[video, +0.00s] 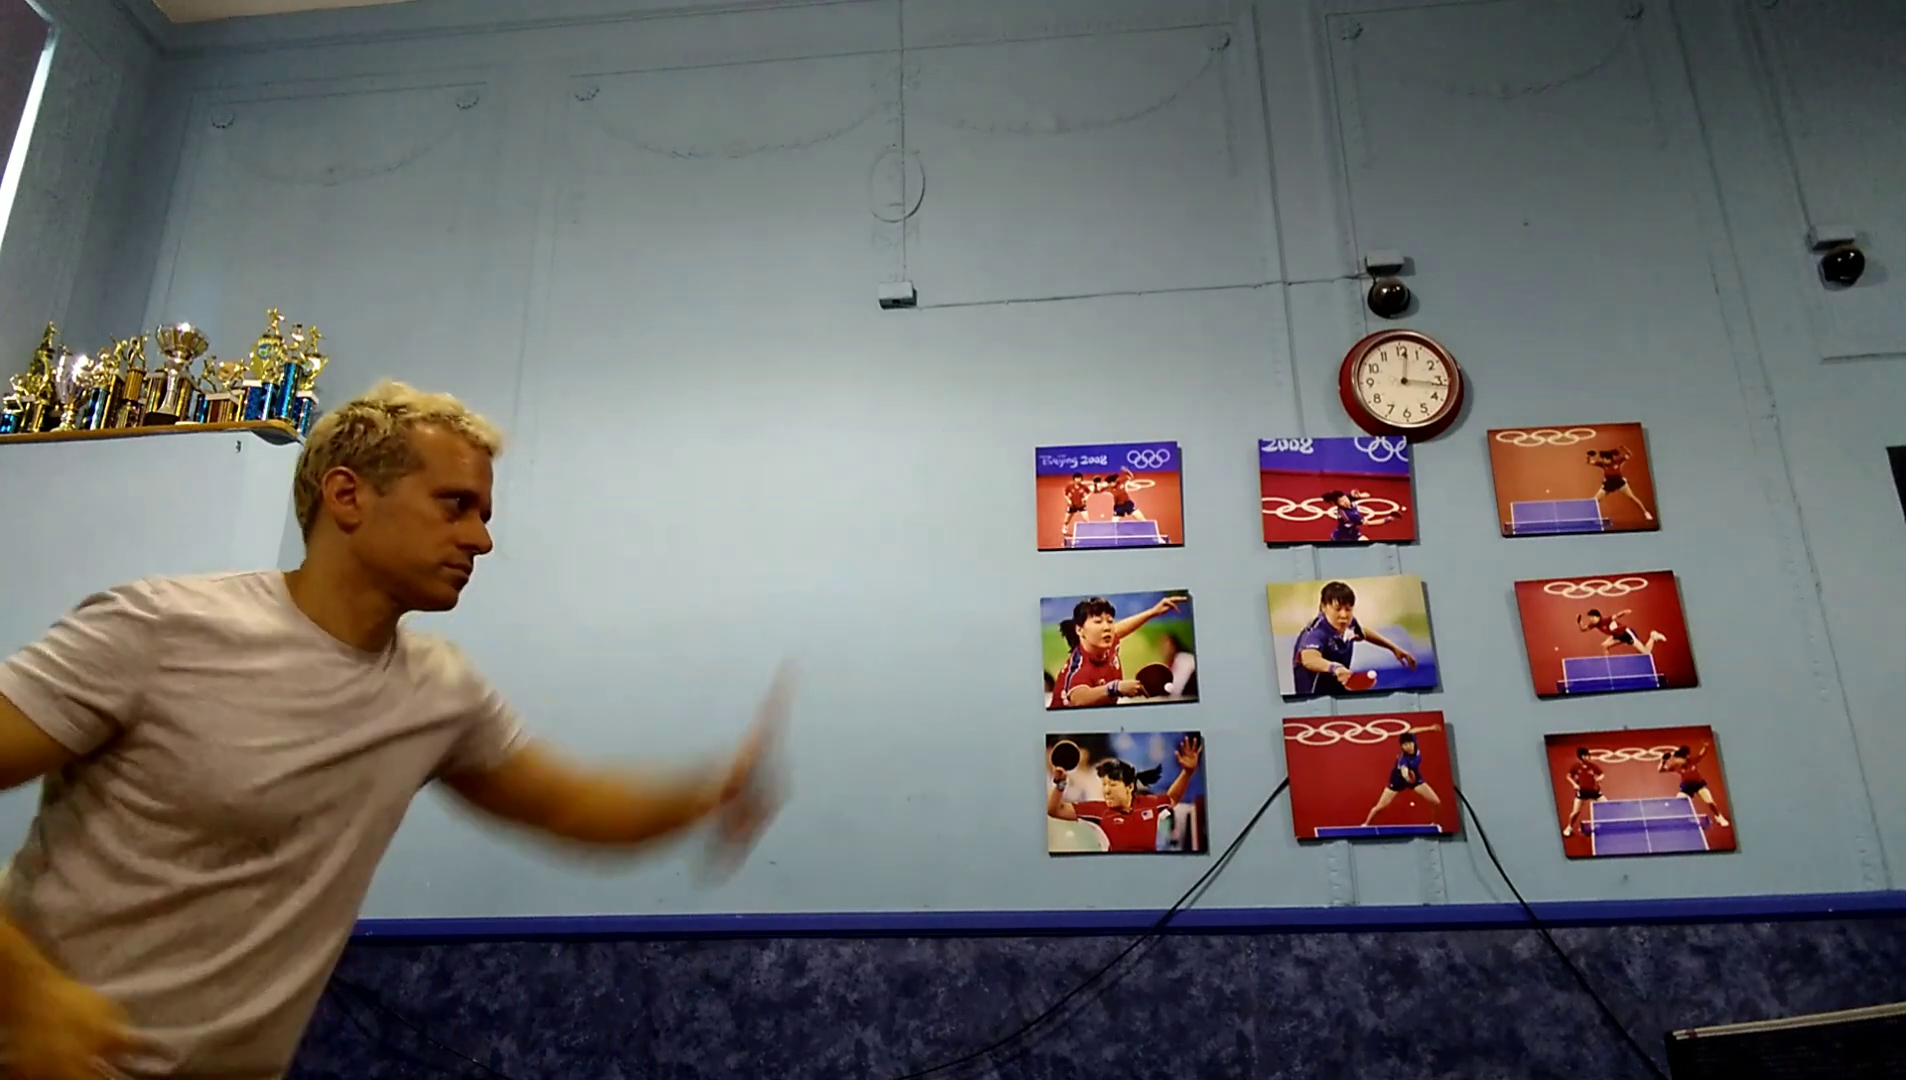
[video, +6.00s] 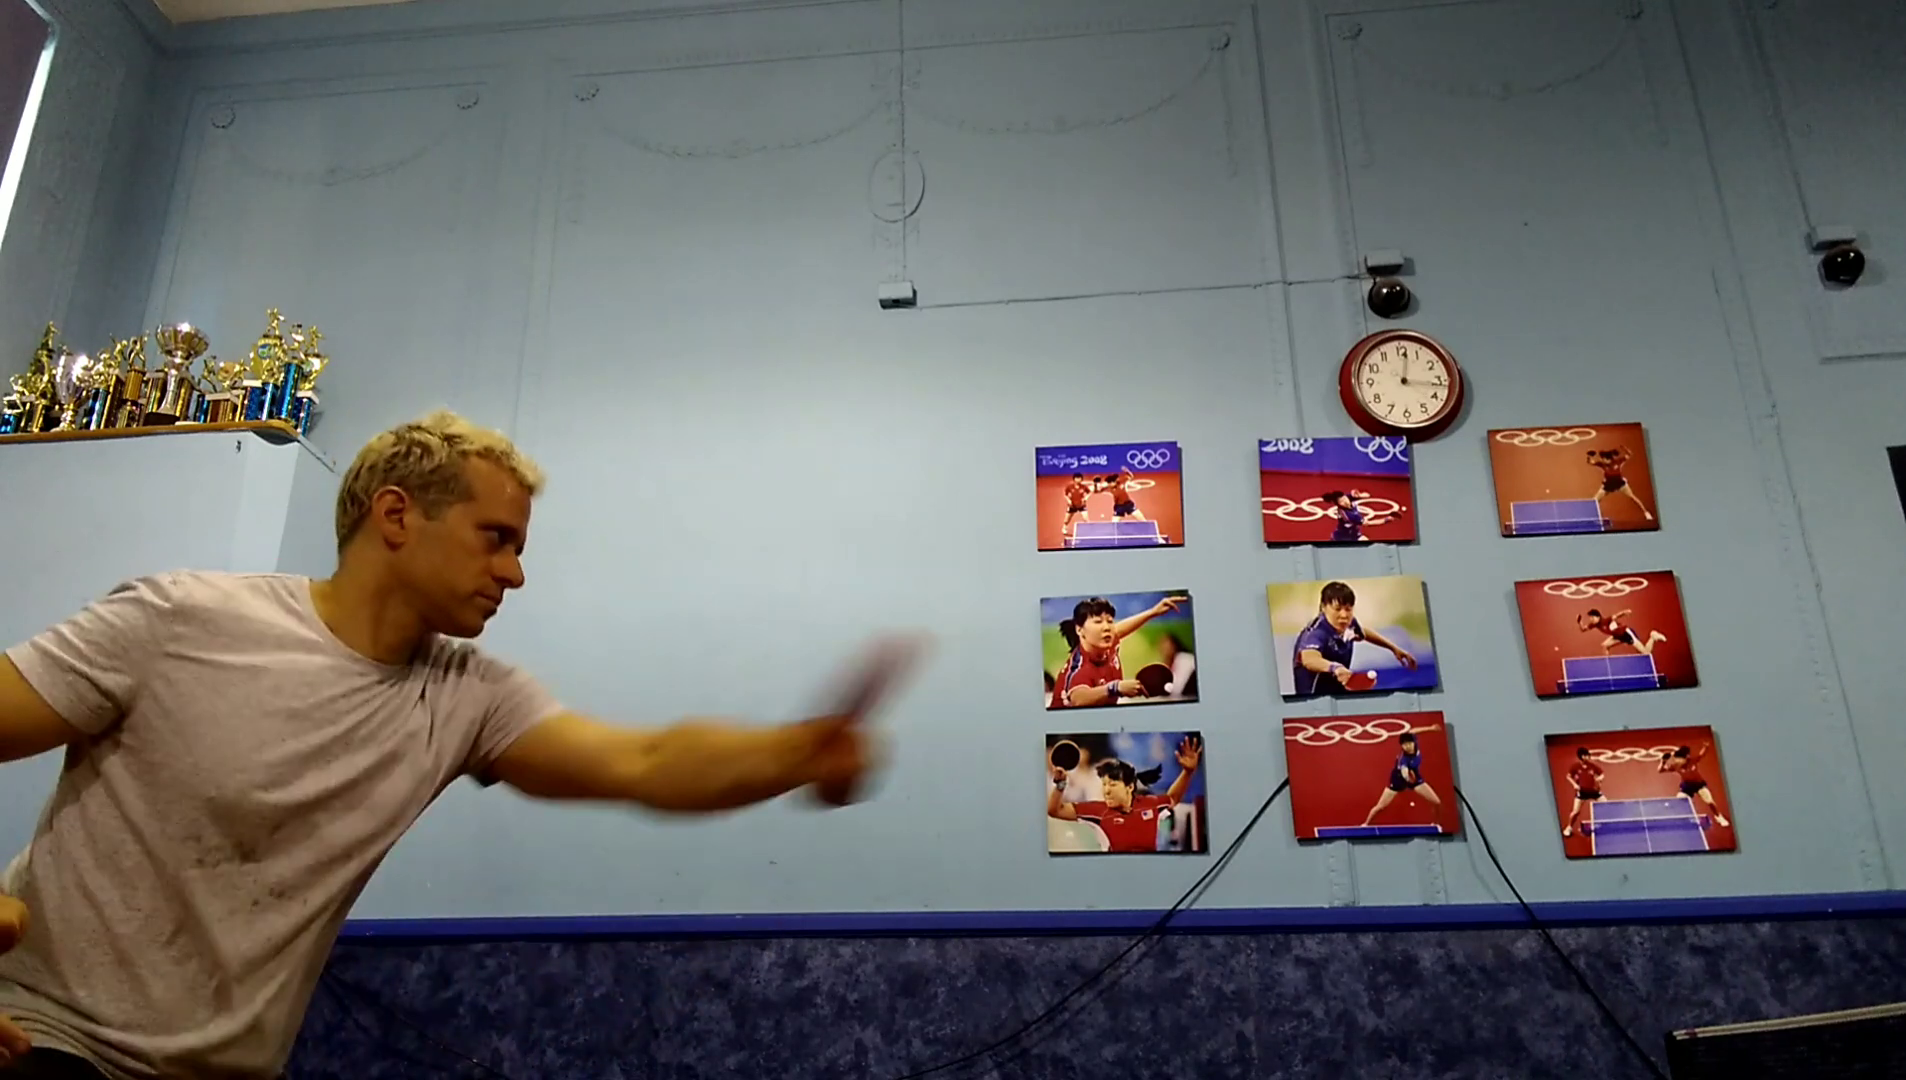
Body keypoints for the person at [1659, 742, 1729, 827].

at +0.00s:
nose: (1678, 761)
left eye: (1680, 759)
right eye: (1677, 759)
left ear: (1686, 758)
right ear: (1676, 758)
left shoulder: (1692, 761)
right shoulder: (1676, 766)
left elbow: (1701, 755)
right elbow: (1661, 770)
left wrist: (1705, 747)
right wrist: (1663, 761)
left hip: (1699, 784)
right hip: (1686, 786)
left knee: (1710, 802)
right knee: (1678, 803)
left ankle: (1718, 816)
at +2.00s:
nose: (1685, 759)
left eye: (1686, 757)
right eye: (1683, 757)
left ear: (1687, 756)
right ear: (1679, 757)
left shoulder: (1692, 760)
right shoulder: (1676, 766)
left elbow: (1701, 755)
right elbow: (1661, 770)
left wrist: (1705, 747)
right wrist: (1663, 760)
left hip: (1699, 784)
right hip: (1686, 786)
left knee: (1710, 802)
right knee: (1678, 803)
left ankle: (1719, 817)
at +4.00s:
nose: (1686, 758)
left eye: (1687, 756)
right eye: (1683, 757)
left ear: (1687, 755)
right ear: (1680, 756)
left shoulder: (1692, 760)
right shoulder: (1676, 765)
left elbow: (1701, 755)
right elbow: (1661, 770)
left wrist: (1705, 747)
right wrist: (1663, 760)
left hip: (1699, 784)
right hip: (1686, 786)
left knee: (1710, 802)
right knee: (1678, 803)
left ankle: (1719, 817)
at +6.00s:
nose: (1679, 762)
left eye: (1681, 760)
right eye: (1677, 760)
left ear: (1686, 757)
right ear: (1676, 759)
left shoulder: (1693, 761)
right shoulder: (1676, 766)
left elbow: (1701, 755)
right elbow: (1660, 771)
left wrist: (1705, 747)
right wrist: (1663, 761)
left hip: (1699, 784)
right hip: (1686, 785)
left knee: (1710, 802)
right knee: (1679, 802)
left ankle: (1718, 816)